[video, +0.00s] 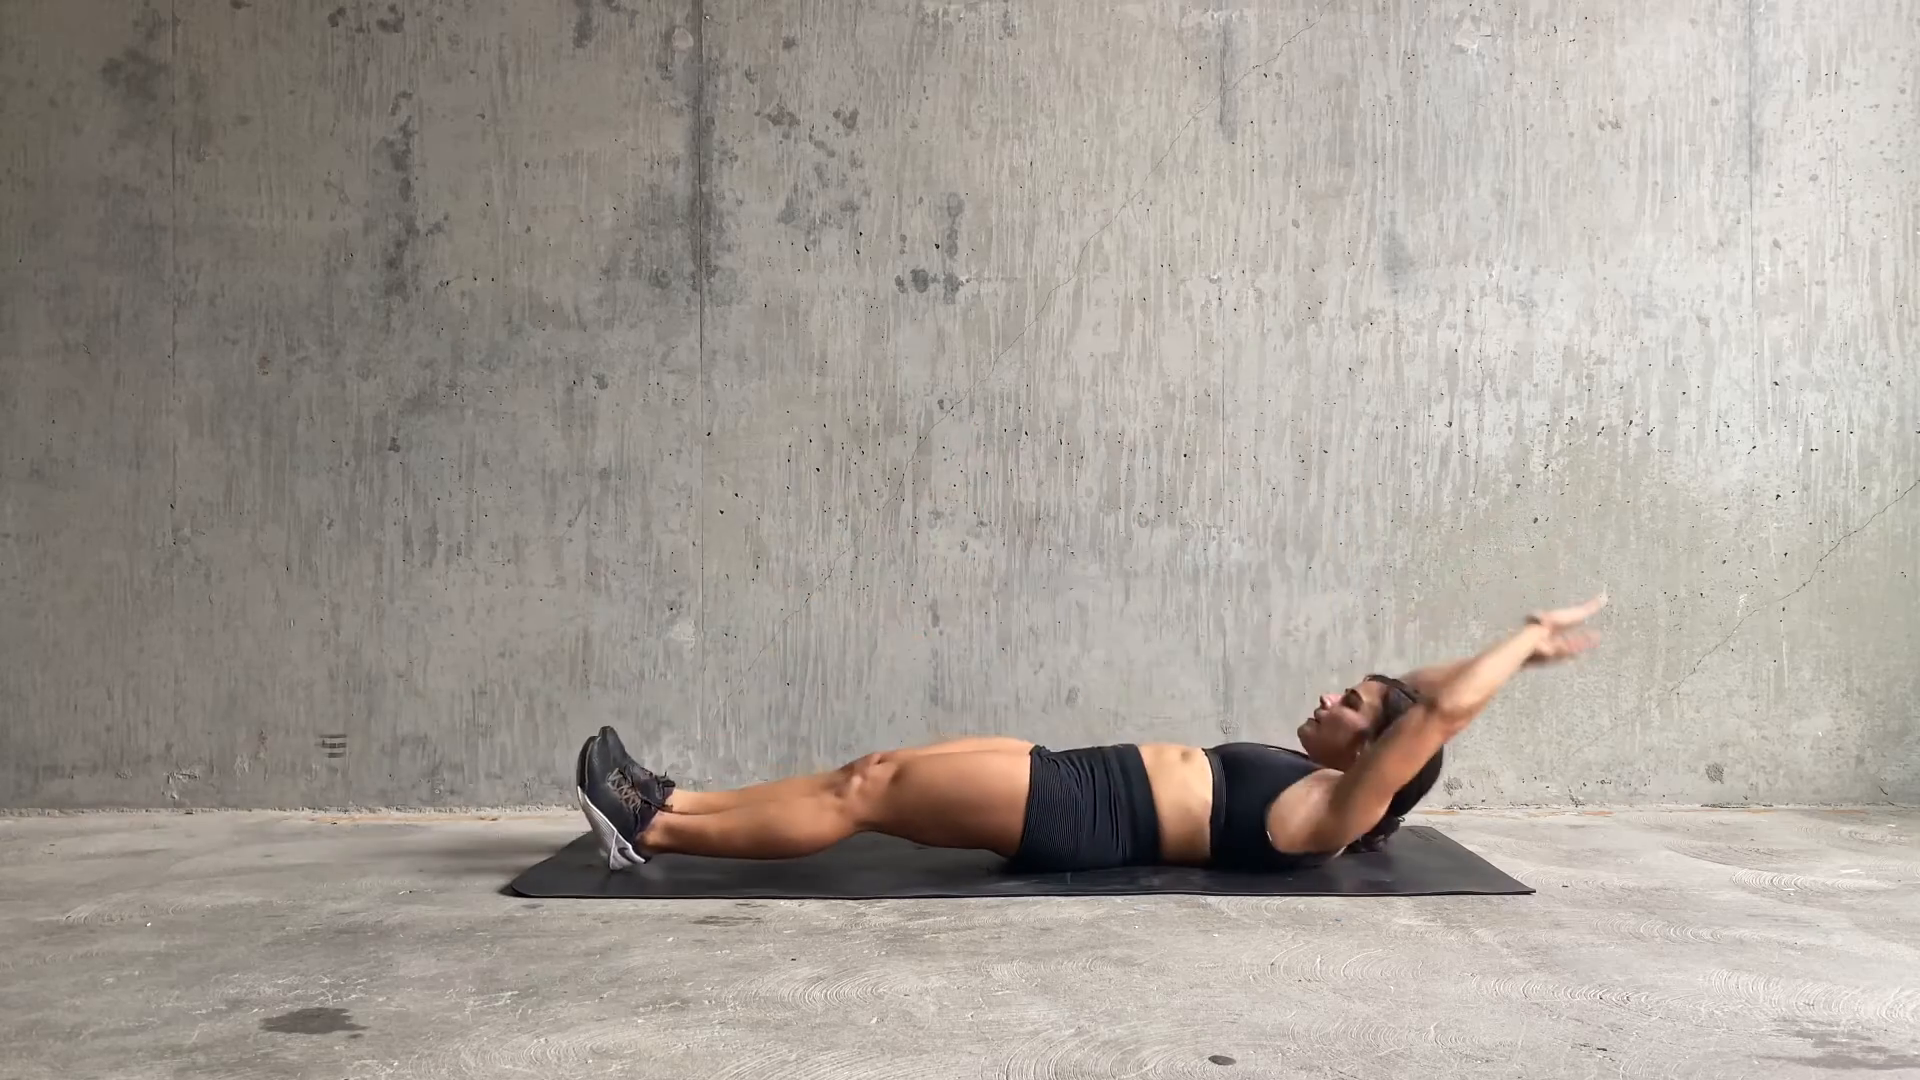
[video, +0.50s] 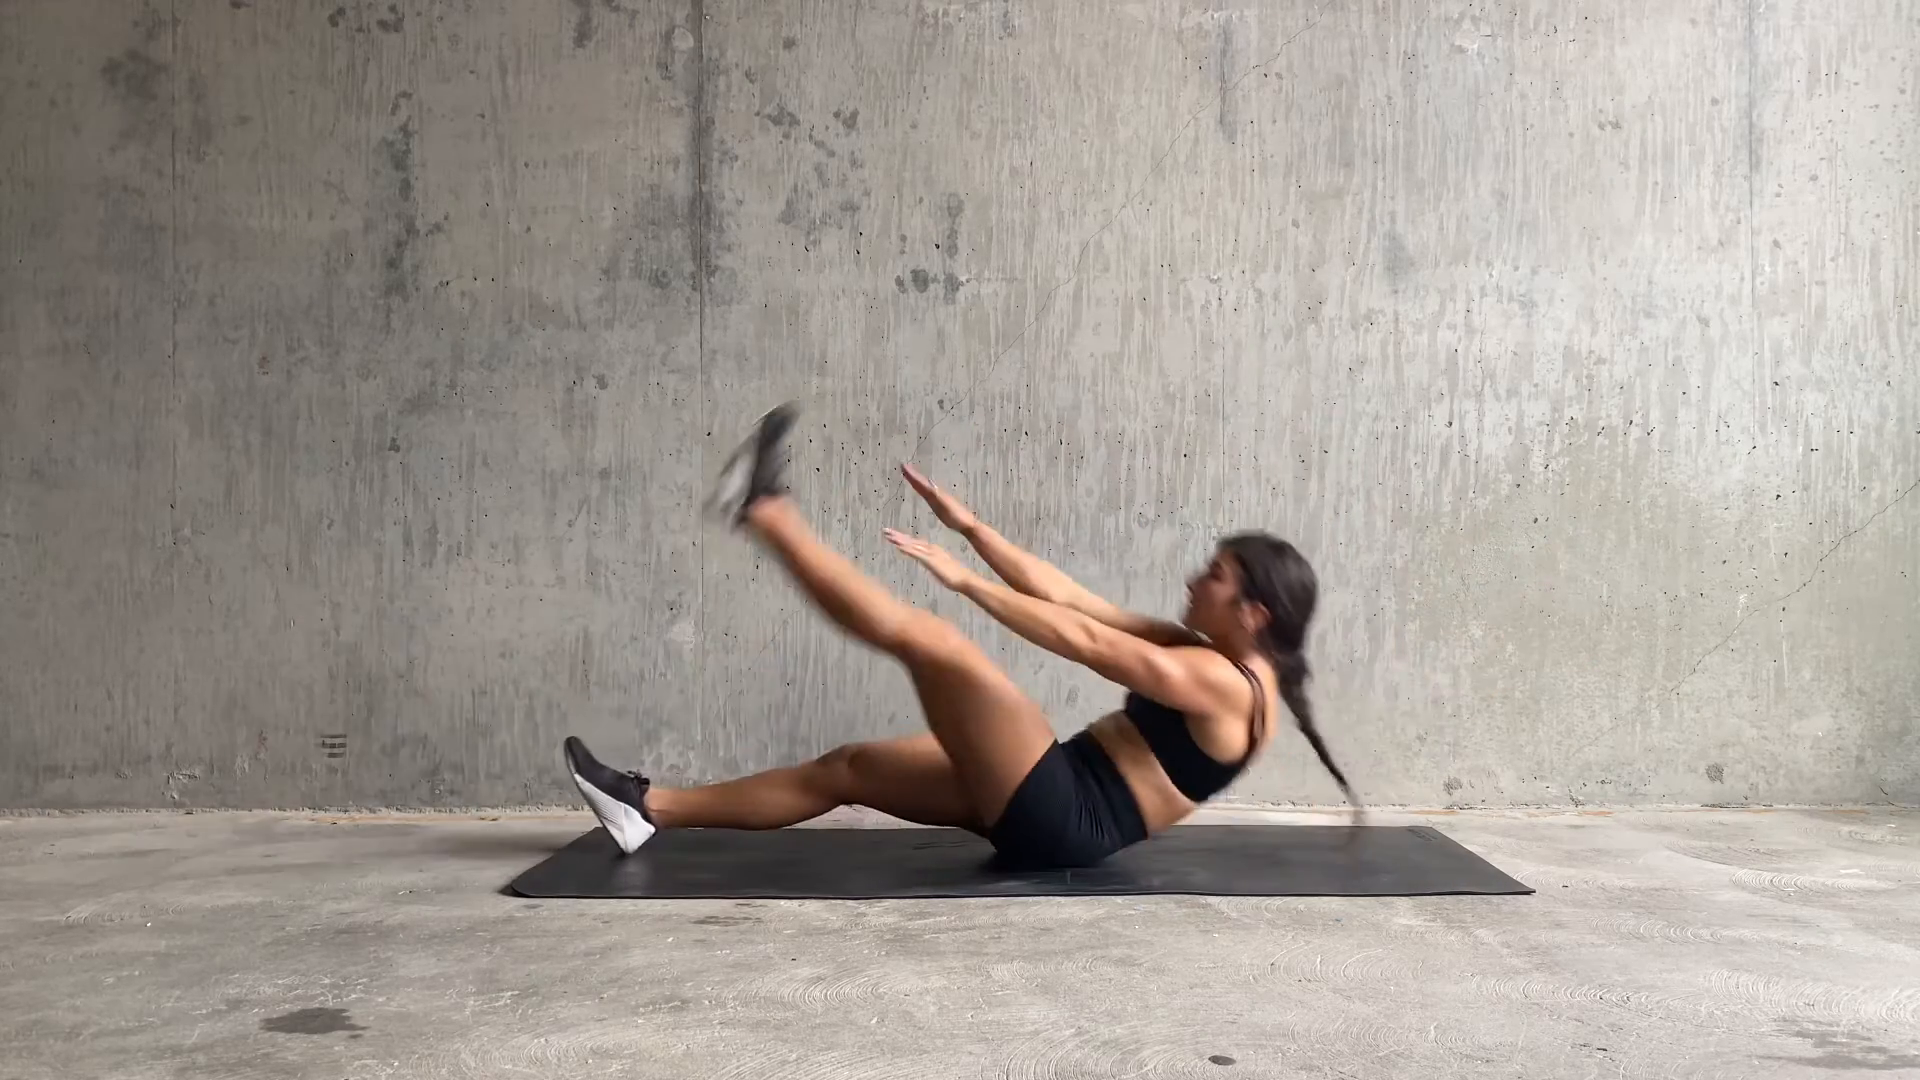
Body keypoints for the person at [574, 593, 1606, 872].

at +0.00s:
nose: (1336, 698)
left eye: (1356, 702)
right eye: (1350, 691)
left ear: (1373, 750)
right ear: (1344, 728)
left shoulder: (1322, 814)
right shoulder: (1308, 784)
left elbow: (1435, 714)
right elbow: (1428, 712)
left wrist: (1531, 646)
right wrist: (1517, 649)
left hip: (1087, 806)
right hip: (1086, 782)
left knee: (870, 789)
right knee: (871, 776)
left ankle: (652, 842)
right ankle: (666, 809)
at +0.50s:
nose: (1195, 581)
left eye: (1212, 576)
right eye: (1204, 570)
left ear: (1249, 611)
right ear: (1237, 608)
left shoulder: (1228, 685)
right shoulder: (1199, 655)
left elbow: (1090, 644)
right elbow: (1081, 608)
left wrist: (966, 581)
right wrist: (973, 528)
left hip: (1070, 818)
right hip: (1051, 796)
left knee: (938, 648)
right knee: (851, 767)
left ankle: (768, 512)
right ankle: (649, 810)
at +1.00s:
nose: (1238, 627)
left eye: (1259, 624)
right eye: (1250, 615)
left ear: (1300, 656)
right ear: (1296, 658)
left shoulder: (1261, 710)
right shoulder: (1260, 713)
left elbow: (1161, 621)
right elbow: (1164, 621)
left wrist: (1093, 503)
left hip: (1072, 810)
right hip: (1061, 800)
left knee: (886, 703)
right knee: (857, 776)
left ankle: (678, 646)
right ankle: (654, 809)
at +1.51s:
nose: (1344, 707)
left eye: (1366, 711)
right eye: (1359, 699)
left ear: (1380, 757)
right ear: (1352, 727)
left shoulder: (1325, 818)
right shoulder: (1313, 781)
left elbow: (1441, 727)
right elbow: (1422, 707)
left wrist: (1541, 650)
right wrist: (1512, 646)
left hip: (1088, 806)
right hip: (1091, 784)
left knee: (872, 786)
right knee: (875, 781)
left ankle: (662, 822)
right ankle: (671, 820)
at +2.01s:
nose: (1175, 567)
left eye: (1193, 562)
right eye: (1190, 556)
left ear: (1229, 594)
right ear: (1237, 598)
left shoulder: (1189, 654)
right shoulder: (1226, 660)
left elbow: (1053, 581)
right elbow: (1073, 645)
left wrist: (956, 498)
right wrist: (995, 619)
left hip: (1059, 812)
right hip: (1058, 768)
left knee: (843, 772)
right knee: (952, 613)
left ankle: (627, 823)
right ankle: (814, 473)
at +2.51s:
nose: (1243, 620)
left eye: (1263, 619)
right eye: (1255, 610)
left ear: (1298, 654)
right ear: (1290, 647)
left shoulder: (1258, 706)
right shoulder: (1242, 697)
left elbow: (1151, 615)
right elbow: (1119, 627)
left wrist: (1067, 504)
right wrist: (1041, 529)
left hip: (1068, 812)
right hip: (1066, 773)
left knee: (852, 790)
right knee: (893, 674)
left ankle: (635, 827)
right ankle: (701, 610)